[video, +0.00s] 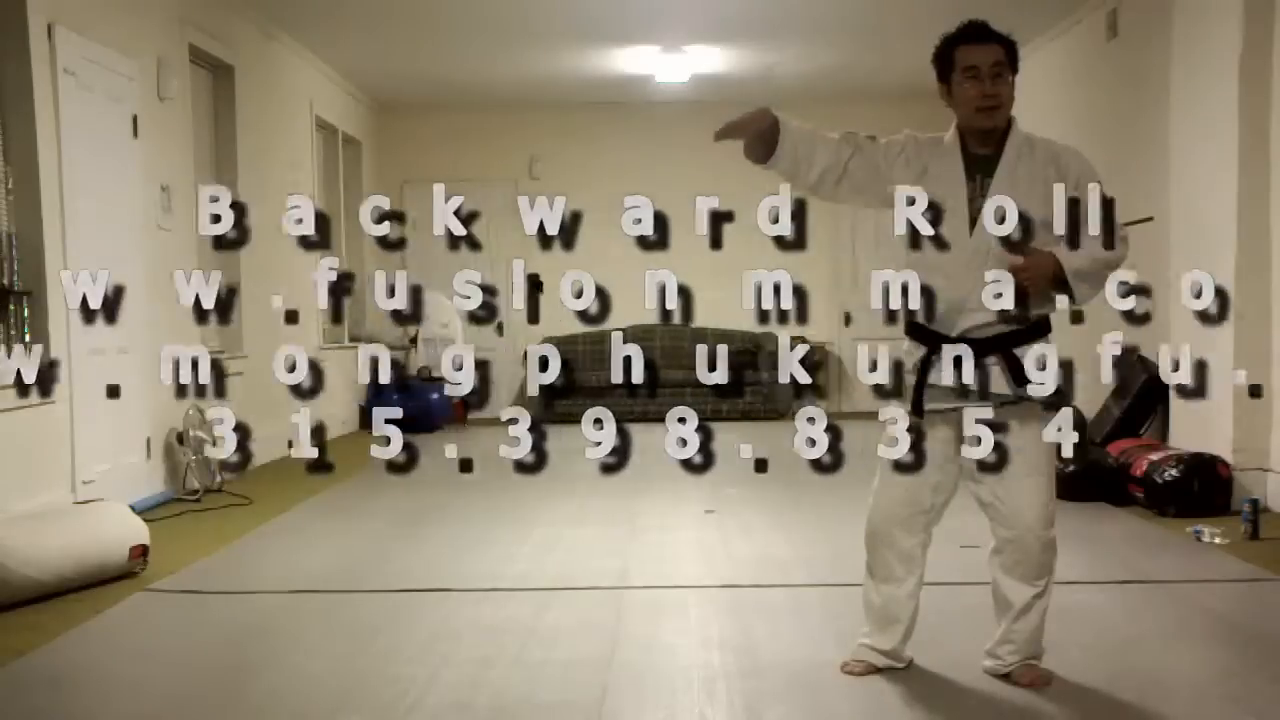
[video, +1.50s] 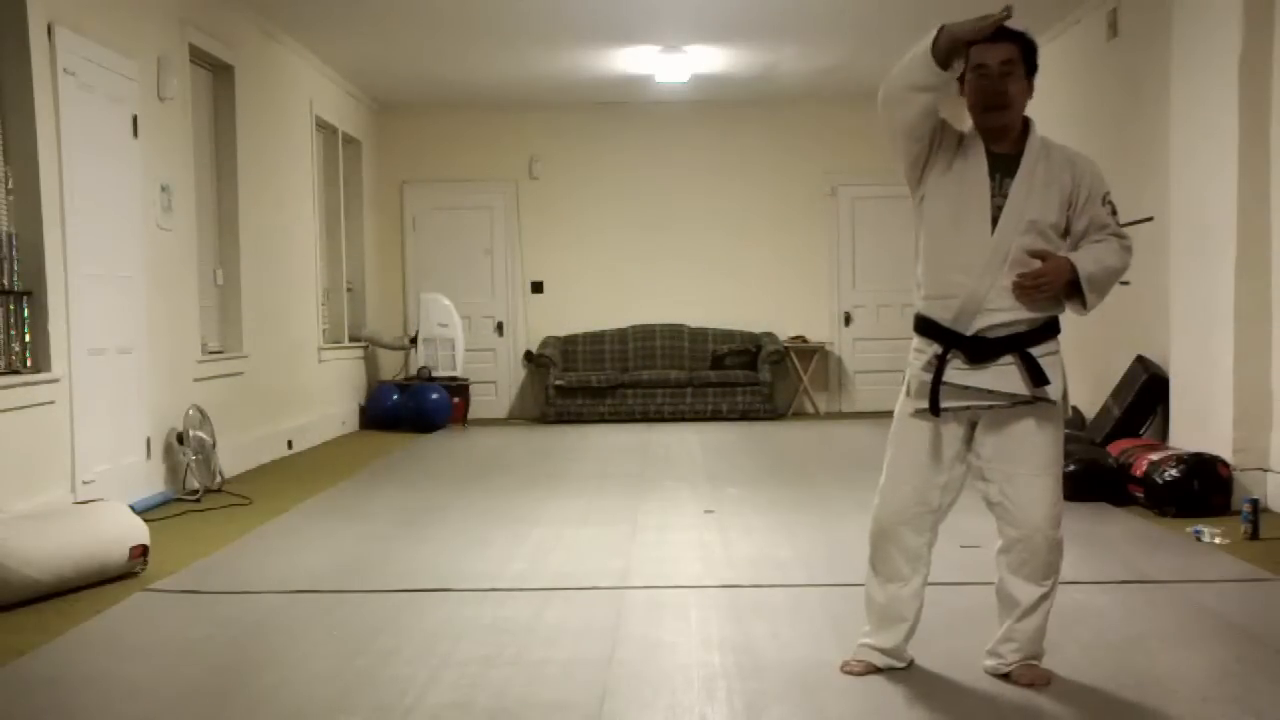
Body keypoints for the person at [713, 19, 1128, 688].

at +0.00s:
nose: (989, 86)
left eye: (1000, 72)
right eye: (972, 74)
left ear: (1015, 83)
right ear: (946, 88)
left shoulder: (1060, 165)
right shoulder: (911, 158)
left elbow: (1110, 250)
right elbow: (840, 161)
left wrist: (1059, 265)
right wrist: (774, 133)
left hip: (1018, 368)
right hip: (929, 367)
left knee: (1029, 524)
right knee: (895, 514)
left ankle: (1016, 653)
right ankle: (882, 641)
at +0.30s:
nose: (986, 86)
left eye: (997, 73)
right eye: (968, 75)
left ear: (1012, 82)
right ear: (943, 88)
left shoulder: (1057, 166)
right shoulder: (913, 157)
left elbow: (1108, 237)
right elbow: (842, 160)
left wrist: (1058, 264)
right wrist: (784, 129)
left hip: (1017, 365)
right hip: (929, 364)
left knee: (1029, 527)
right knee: (894, 516)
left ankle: (1016, 653)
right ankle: (882, 640)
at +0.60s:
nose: (966, 84)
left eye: (982, 71)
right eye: (955, 72)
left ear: (1013, 85)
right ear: (942, 85)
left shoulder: (1058, 168)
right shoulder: (910, 156)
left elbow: (1103, 242)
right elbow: (835, 136)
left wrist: (1063, 266)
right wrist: (791, 85)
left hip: (1018, 369)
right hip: (928, 367)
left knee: (1029, 526)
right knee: (895, 518)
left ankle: (1015, 653)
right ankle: (883, 642)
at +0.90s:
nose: (967, 87)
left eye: (984, 73)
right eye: (960, 74)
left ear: (1020, 89)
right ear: (950, 84)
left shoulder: (1063, 171)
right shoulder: (915, 154)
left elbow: (1107, 249)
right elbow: (850, 118)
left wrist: (1064, 273)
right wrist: (818, 54)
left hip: (1016, 370)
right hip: (927, 367)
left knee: (1027, 527)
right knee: (892, 518)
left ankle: (1016, 653)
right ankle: (882, 642)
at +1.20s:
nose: (973, 87)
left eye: (992, 75)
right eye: (967, 74)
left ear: (1025, 89)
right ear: (957, 83)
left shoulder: (1067, 171)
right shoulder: (926, 155)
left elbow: (1113, 249)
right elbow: (885, 107)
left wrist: (1064, 269)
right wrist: (915, 44)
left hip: (1022, 368)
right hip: (931, 364)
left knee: (1031, 525)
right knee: (895, 516)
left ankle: (1015, 653)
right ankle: (882, 642)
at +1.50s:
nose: (991, 83)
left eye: (1007, 70)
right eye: (978, 71)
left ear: (1029, 84)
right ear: (960, 85)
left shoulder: (1070, 171)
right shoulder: (935, 158)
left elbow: (1113, 249)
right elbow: (900, 98)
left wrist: (1074, 270)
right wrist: (951, 38)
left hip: (1026, 369)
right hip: (936, 366)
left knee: (1036, 526)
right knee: (899, 514)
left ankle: (1016, 653)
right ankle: (882, 641)